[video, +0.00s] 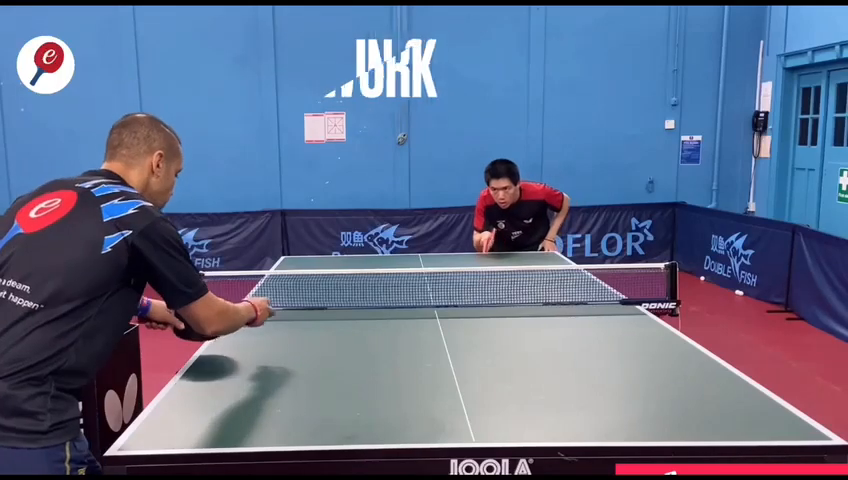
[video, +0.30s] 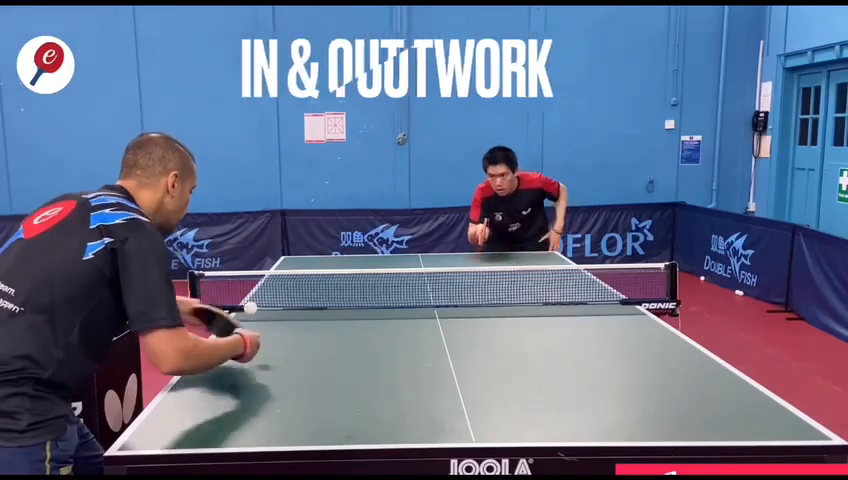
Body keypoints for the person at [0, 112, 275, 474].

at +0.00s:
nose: (172, 192)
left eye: (177, 179)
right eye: (175, 177)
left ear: (111, 155)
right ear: (156, 164)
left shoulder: (41, 195)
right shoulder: (142, 220)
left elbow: (65, 284)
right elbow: (207, 321)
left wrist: (151, 310)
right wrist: (247, 312)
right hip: (35, 431)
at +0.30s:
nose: (187, 209)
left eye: (192, 195)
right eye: (191, 194)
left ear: (128, 174)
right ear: (171, 185)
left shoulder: (64, 207)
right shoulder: (137, 233)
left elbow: (87, 296)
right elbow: (171, 356)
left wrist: (172, 305)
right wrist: (236, 344)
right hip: (23, 418)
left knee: (91, 464)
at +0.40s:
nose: (183, 204)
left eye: (187, 191)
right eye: (186, 189)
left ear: (123, 173)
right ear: (166, 181)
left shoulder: (77, 207)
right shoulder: (121, 227)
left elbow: (162, 269)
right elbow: (151, 349)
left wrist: (236, 283)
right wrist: (221, 338)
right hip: (19, 414)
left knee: (96, 467)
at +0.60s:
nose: (170, 167)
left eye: (172, 156)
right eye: (170, 155)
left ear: (104, 145)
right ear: (148, 152)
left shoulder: (65, 184)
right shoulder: (104, 209)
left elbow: (127, 259)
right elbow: (120, 338)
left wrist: (219, 256)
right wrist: (178, 335)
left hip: (44, 405)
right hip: (16, 414)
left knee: (91, 468)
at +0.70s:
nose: (153, 153)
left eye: (154, 141)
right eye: (152, 140)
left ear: (82, 133)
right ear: (130, 136)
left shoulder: (34, 182)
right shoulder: (90, 202)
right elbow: (104, 338)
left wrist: (161, 272)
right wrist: (158, 341)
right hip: (23, 427)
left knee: (97, 469)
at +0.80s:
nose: (137, 139)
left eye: (137, 125)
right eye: (135, 124)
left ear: (62, 121)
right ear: (112, 123)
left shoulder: (14, 173)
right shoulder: (78, 197)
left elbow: (29, 301)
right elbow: (87, 336)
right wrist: (137, 346)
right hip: (29, 436)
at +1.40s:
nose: (126, 135)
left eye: (127, 122)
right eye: (125, 121)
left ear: (55, 115)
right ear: (101, 116)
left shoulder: (9, 168)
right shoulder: (87, 189)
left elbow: (23, 299)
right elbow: (134, 320)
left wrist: (102, 312)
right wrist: (187, 323)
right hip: (30, 435)